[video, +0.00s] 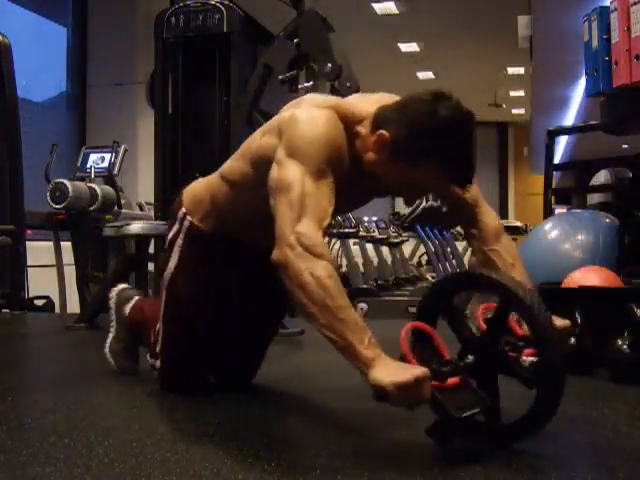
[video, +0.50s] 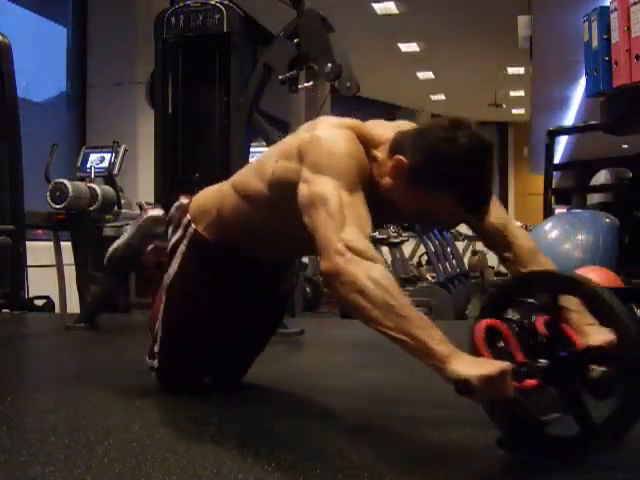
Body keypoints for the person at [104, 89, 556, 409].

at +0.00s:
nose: (408, 200)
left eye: (421, 194)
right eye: (409, 187)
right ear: (383, 145)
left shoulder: (410, 127)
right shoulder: (313, 127)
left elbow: (478, 220)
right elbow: (299, 251)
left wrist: (533, 311)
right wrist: (375, 362)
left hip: (277, 248)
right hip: (209, 236)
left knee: (236, 375)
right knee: (183, 376)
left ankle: (162, 313)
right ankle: (132, 312)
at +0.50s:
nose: (425, 226)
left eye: (438, 221)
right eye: (425, 215)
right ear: (395, 171)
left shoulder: (423, 153)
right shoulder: (329, 150)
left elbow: (503, 231)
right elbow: (344, 266)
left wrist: (577, 314)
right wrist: (452, 361)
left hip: (274, 258)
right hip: (209, 246)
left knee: (225, 375)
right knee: (177, 375)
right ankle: (161, 252)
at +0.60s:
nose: (448, 243)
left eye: (461, 237)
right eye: (447, 232)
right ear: (417, 188)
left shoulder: (443, 164)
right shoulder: (348, 166)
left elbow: (527, 240)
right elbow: (382, 285)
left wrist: (601, 306)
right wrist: (498, 369)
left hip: (283, 273)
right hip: (222, 255)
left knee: (224, 378)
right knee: (178, 377)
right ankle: (180, 241)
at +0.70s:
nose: (472, 269)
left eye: (486, 263)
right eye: (473, 256)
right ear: (445, 211)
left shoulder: (466, 180)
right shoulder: (376, 188)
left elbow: (555, 250)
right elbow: (416, 305)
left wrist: (624, 303)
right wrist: (551, 385)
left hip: (295, 289)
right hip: (238, 274)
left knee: (230, 374)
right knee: (180, 371)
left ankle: (216, 242)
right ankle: (188, 256)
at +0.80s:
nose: (496, 295)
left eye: (512, 288)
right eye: (498, 281)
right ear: (469, 232)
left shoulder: (488, 195)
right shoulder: (402, 208)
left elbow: (598, 267)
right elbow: (451, 325)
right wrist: (599, 400)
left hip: (306, 299)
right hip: (251, 288)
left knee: (232, 375)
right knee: (179, 373)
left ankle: (222, 258)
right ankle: (194, 269)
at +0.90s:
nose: (511, 302)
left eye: (527, 299)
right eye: (518, 293)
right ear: (497, 251)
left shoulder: (513, 209)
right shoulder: (423, 222)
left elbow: (620, 275)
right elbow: (486, 338)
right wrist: (632, 403)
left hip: (311, 314)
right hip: (259, 301)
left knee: (234, 374)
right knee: (186, 371)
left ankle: (241, 262)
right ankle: (209, 263)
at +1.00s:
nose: (551, 333)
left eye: (560, 327)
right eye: (549, 320)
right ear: (511, 275)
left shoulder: (529, 227)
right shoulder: (442, 246)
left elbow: (620, 274)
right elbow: (510, 359)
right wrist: (638, 405)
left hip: (316, 321)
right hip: (268, 313)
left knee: (241, 376)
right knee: (187, 369)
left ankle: (242, 264)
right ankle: (216, 268)